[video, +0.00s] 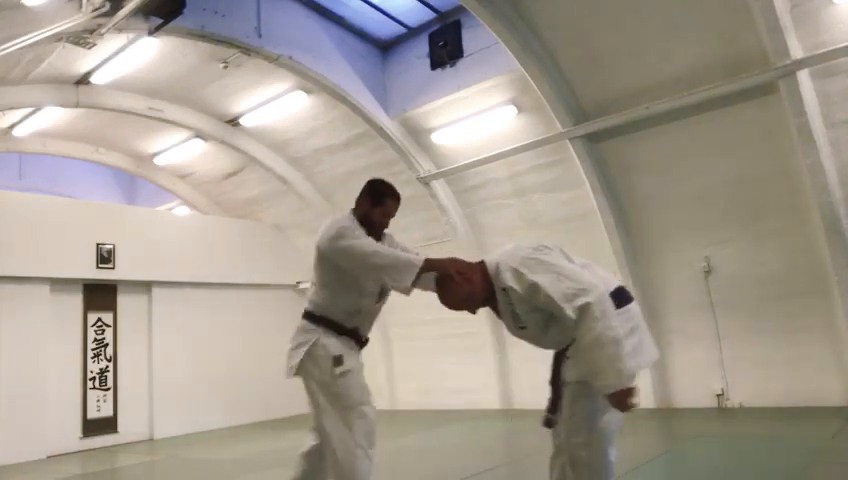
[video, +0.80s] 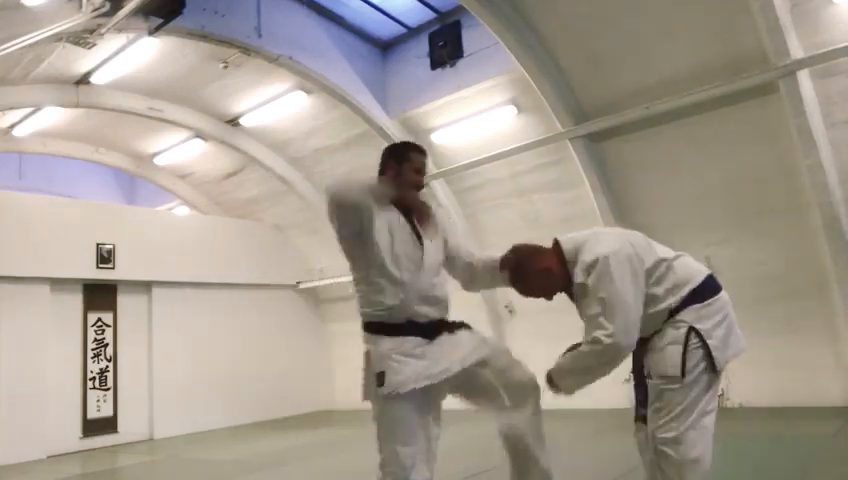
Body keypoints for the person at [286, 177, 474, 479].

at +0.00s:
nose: (388, 223)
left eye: (391, 216)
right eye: (386, 214)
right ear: (365, 205)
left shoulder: (381, 242)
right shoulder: (340, 235)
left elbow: (413, 270)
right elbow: (384, 261)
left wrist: (459, 283)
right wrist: (442, 265)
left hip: (344, 346)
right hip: (323, 343)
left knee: (334, 435)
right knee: (359, 420)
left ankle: (308, 474)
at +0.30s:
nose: (395, 234)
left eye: (397, 227)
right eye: (391, 225)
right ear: (368, 220)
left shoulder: (391, 258)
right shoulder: (345, 256)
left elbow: (431, 285)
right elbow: (394, 293)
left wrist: (484, 296)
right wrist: (466, 283)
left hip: (351, 378)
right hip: (322, 373)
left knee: (328, 461)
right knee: (356, 468)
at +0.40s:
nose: (396, 212)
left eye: (397, 205)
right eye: (392, 205)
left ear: (378, 202)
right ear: (367, 200)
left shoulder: (392, 240)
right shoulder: (348, 239)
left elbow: (429, 272)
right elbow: (402, 282)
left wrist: (483, 289)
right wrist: (470, 287)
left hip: (374, 364)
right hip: (338, 363)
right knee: (366, 462)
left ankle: (313, 474)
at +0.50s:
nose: (394, 200)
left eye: (396, 192)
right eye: (390, 191)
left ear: (368, 187)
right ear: (364, 185)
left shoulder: (388, 228)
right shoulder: (349, 223)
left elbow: (423, 272)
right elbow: (410, 265)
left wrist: (485, 286)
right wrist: (481, 275)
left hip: (396, 346)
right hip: (354, 351)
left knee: (457, 381)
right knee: (376, 460)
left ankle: (390, 454)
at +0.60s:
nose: (396, 192)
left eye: (398, 184)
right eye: (392, 183)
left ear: (373, 180)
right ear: (365, 178)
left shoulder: (394, 225)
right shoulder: (346, 218)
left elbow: (431, 270)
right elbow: (406, 254)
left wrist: (494, 281)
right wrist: (476, 266)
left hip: (417, 329)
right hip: (375, 343)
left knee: (492, 342)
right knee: (395, 464)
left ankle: (464, 439)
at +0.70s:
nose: (407, 185)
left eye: (409, 177)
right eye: (401, 175)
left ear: (407, 179)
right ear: (374, 174)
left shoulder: (413, 225)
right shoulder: (351, 216)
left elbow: (459, 271)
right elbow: (379, 236)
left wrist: (500, 265)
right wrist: (433, 248)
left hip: (434, 332)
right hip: (387, 347)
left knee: (511, 352)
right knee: (407, 466)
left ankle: (509, 465)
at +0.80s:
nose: (422, 181)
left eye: (424, 174)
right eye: (415, 172)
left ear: (422, 177)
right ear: (390, 171)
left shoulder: (430, 219)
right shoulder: (365, 219)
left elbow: (468, 272)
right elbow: (340, 192)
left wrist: (511, 266)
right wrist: (396, 195)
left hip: (444, 338)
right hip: (395, 348)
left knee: (519, 387)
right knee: (406, 467)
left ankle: (531, 474)